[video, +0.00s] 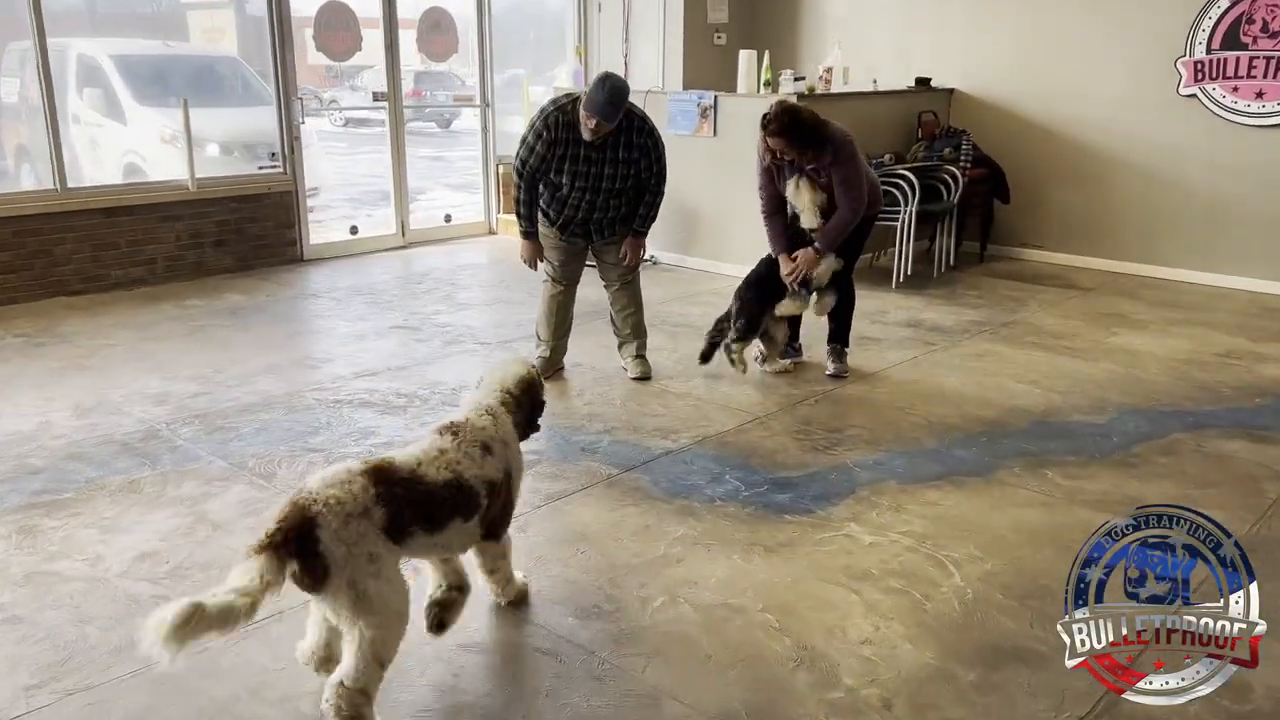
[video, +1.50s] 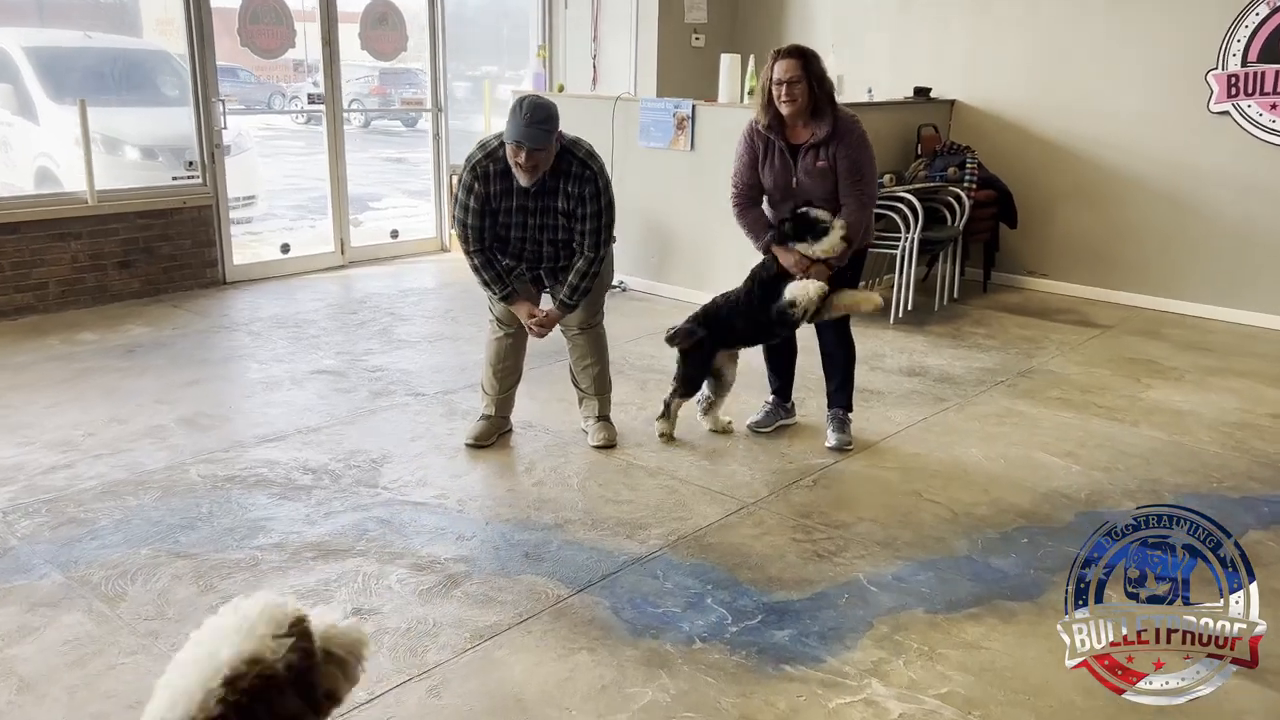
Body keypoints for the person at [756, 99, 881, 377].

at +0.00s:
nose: (778, 156)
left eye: (784, 151)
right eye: (773, 150)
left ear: (802, 142)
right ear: (766, 141)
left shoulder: (838, 144)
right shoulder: (769, 151)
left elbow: (853, 206)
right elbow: (771, 208)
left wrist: (817, 250)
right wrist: (782, 256)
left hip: (853, 207)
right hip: (807, 204)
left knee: (840, 274)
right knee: (791, 267)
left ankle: (837, 350)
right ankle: (789, 344)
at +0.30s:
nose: (774, 109)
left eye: (781, 102)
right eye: (770, 102)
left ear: (803, 102)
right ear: (764, 101)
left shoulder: (836, 130)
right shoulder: (762, 134)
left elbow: (854, 194)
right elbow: (752, 190)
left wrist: (827, 240)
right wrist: (774, 221)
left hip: (839, 209)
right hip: (789, 210)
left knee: (832, 279)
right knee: (773, 274)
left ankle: (829, 354)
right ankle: (781, 344)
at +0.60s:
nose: (781, 99)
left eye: (789, 91)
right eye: (775, 92)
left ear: (809, 91)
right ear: (768, 95)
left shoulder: (836, 129)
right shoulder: (760, 132)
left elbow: (850, 196)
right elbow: (744, 193)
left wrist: (817, 239)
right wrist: (775, 202)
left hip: (838, 220)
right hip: (786, 217)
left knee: (830, 292)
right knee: (774, 288)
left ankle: (833, 366)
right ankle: (778, 356)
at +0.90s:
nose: (781, 83)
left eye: (790, 76)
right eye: (775, 76)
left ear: (807, 79)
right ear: (767, 82)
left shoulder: (836, 121)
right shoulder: (757, 124)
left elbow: (853, 190)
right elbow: (736, 188)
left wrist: (826, 237)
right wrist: (768, 203)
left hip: (837, 229)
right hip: (783, 230)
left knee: (833, 306)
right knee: (776, 307)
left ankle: (841, 381)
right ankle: (776, 375)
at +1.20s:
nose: (784, 85)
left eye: (792, 77)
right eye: (776, 78)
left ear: (810, 79)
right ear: (768, 83)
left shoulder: (841, 124)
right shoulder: (757, 126)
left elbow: (854, 194)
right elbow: (735, 188)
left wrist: (822, 240)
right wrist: (775, 213)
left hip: (840, 230)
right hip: (783, 232)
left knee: (834, 310)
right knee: (781, 309)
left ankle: (842, 397)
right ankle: (782, 384)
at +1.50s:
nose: (785, 90)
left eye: (794, 81)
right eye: (777, 82)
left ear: (813, 84)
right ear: (769, 88)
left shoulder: (845, 130)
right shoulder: (758, 132)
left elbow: (860, 200)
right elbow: (743, 199)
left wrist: (834, 259)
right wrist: (778, 249)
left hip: (839, 242)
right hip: (783, 242)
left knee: (832, 320)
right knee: (776, 317)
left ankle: (839, 414)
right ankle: (780, 402)